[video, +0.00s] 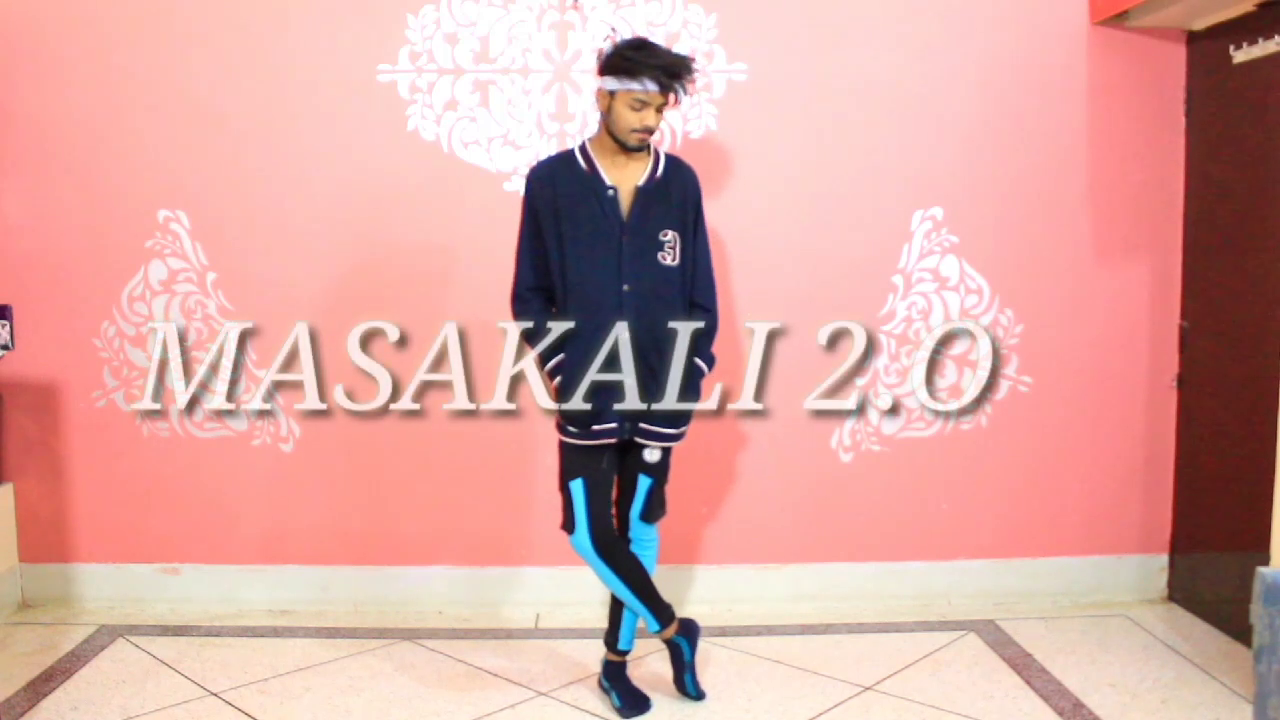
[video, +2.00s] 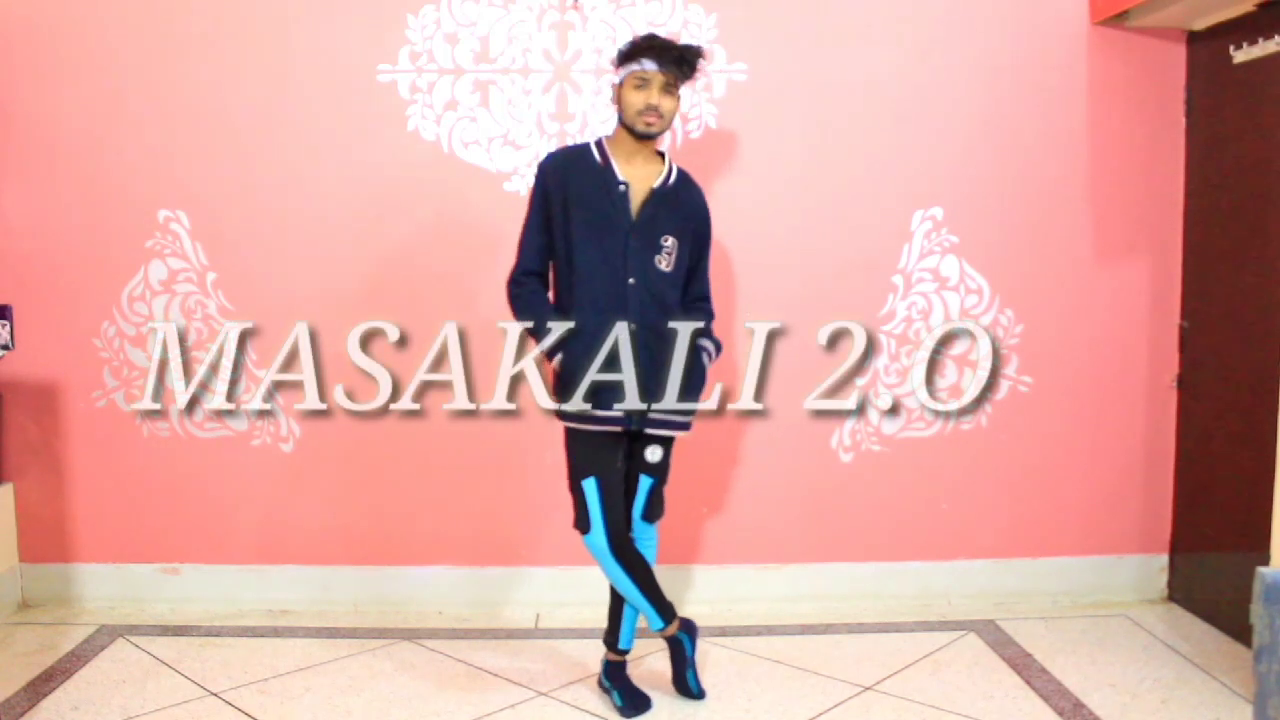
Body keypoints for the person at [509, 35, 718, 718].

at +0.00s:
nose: (649, 119)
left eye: (658, 106)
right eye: (637, 105)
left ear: (668, 106)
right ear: (603, 100)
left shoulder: (678, 179)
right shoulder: (553, 178)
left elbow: (700, 287)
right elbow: (529, 291)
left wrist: (698, 364)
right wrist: (557, 363)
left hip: (663, 384)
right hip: (587, 386)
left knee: (639, 525)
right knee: (589, 532)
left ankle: (616, 662)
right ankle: (674, 630)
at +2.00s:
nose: (652, 99)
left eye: (666, 89)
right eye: (639, 84)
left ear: (679, 101)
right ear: (616, 92)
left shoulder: (687, 194)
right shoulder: (564, 171)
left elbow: (696, 295)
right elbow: (526, 278)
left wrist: (701, 352)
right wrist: (556, 343)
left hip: (664, 381)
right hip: (590, 378)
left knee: (639, 523)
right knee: (597, 527)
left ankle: (616, 662)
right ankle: (675, 630)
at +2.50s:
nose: (624, 85)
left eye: (637, 73)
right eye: (610, 74)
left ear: (657, 85)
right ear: (593, 88)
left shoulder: (687, 180)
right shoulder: (557, 177)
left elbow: (722, 281)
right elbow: (525, 283)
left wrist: (761, 376)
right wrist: (486, 374)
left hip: (659, 383)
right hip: (582, 379)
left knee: (638, 525)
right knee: (587, 524)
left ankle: (618, 664)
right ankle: (593, 682)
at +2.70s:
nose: (612, 79)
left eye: (626, 69)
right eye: (598, 71)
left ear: (647, 85)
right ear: (582, 89)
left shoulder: (681, 174)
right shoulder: (554, 180)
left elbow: (700, 280)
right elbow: (540, 290)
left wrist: (688, 370)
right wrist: (545, 386)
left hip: (653, 383)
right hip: (576, 380)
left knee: (638, 525)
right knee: (555, 522)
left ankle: (617, 662)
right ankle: (558, 664)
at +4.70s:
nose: (595, 61)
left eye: (609, 50)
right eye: (580, 50)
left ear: (630, 66)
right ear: (560, 69)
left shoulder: (665, 165)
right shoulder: (522, 167)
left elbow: (716, 263)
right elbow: (489, 265)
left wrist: (702, 304)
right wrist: (473, 320)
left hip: (652, 382)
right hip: (563, 385)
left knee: (693, 525)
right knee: (568, 539)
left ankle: (630, 643)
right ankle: (579, 695)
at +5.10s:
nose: (627, 110)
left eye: (641, 97)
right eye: (613, 98)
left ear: (663, 110)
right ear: (597, 114)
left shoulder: (701, 200)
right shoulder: (567, 205)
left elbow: (762, 284)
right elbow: (495, 288)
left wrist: (738, 328)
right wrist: (526, 252)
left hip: (665, 412)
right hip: (574, 407)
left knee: (708, 548)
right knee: (535, 538)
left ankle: (738, 685)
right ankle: (519, 701)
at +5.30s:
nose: (614, 101)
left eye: (629, 89)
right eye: (601, 89)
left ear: (651, 101)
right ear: (586, 103)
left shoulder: (696, 186)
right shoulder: (553, 196)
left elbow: (789, 218)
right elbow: (471, 242)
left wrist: (754, 247)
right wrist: (484, 178)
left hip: (676, 403)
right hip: (579, 407)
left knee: (740, 517)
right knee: (534, 524)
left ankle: (765, 653)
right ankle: (506, 632)